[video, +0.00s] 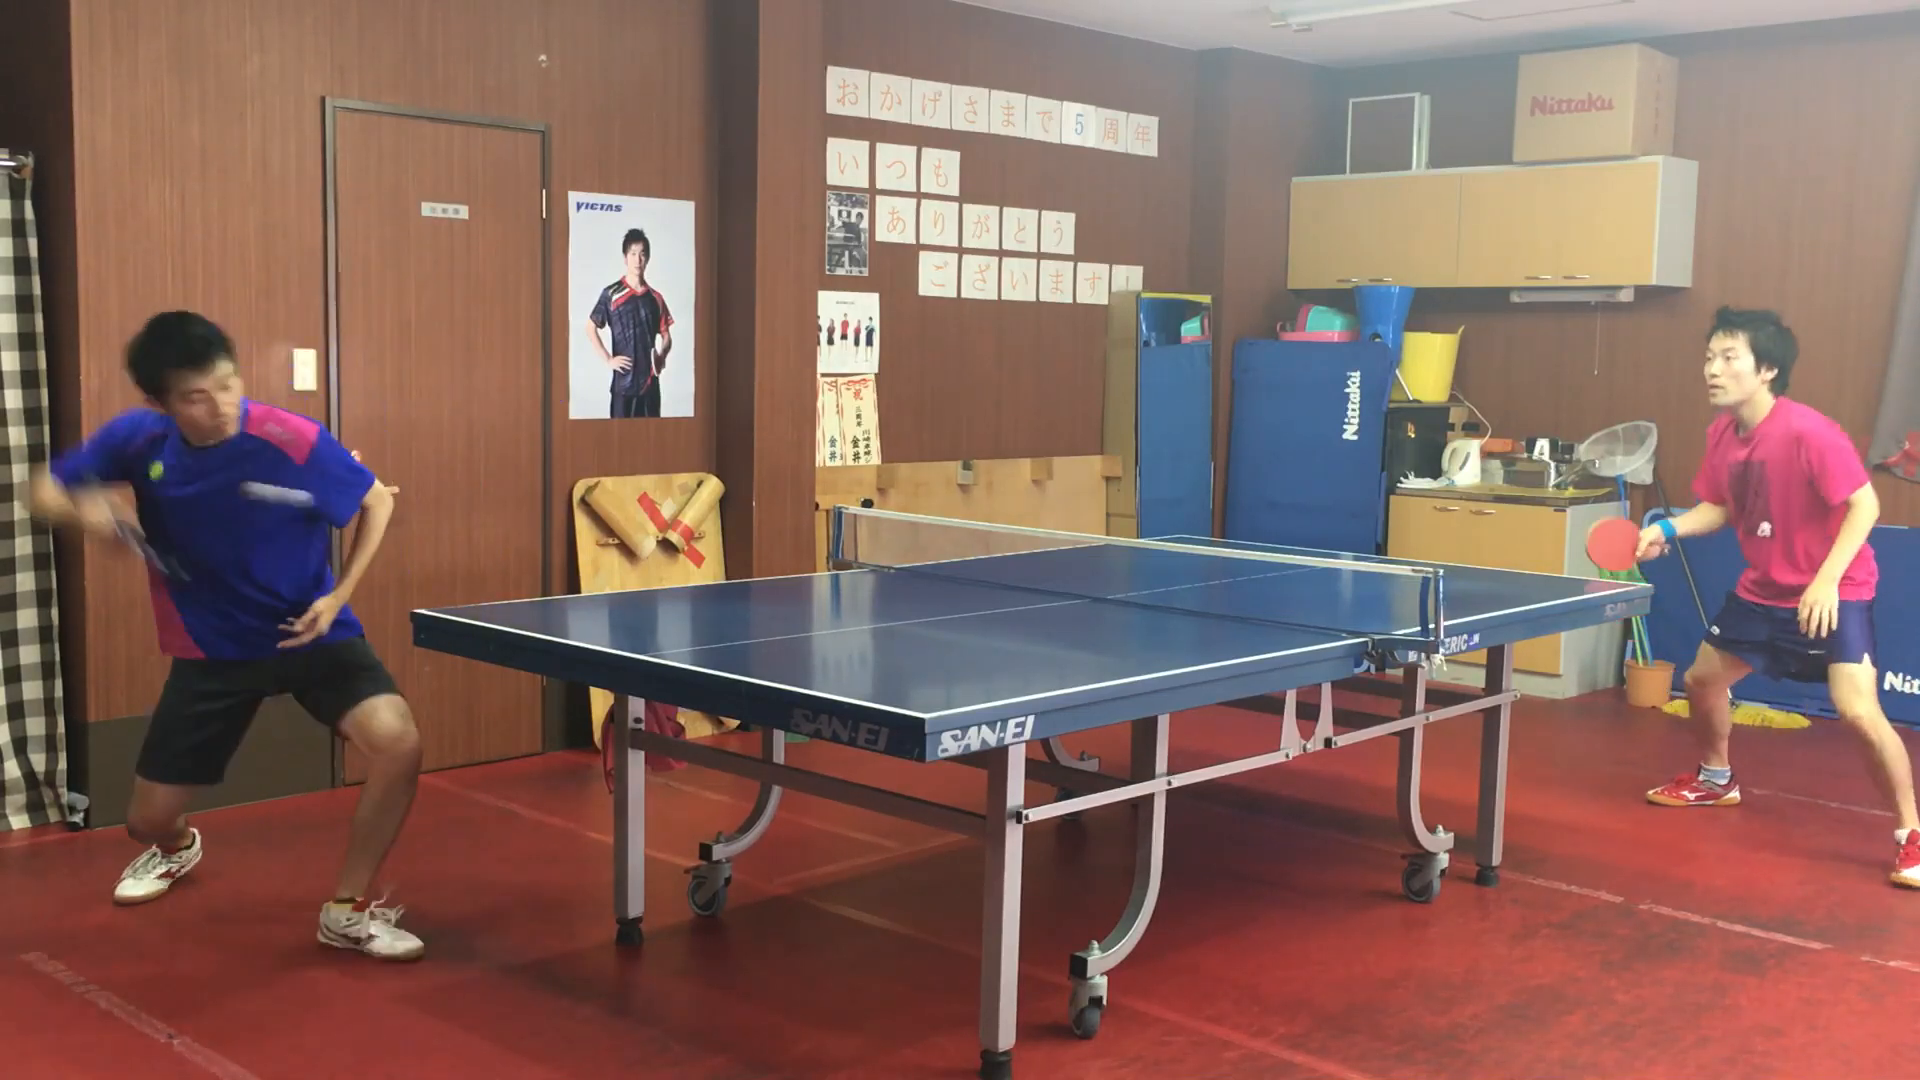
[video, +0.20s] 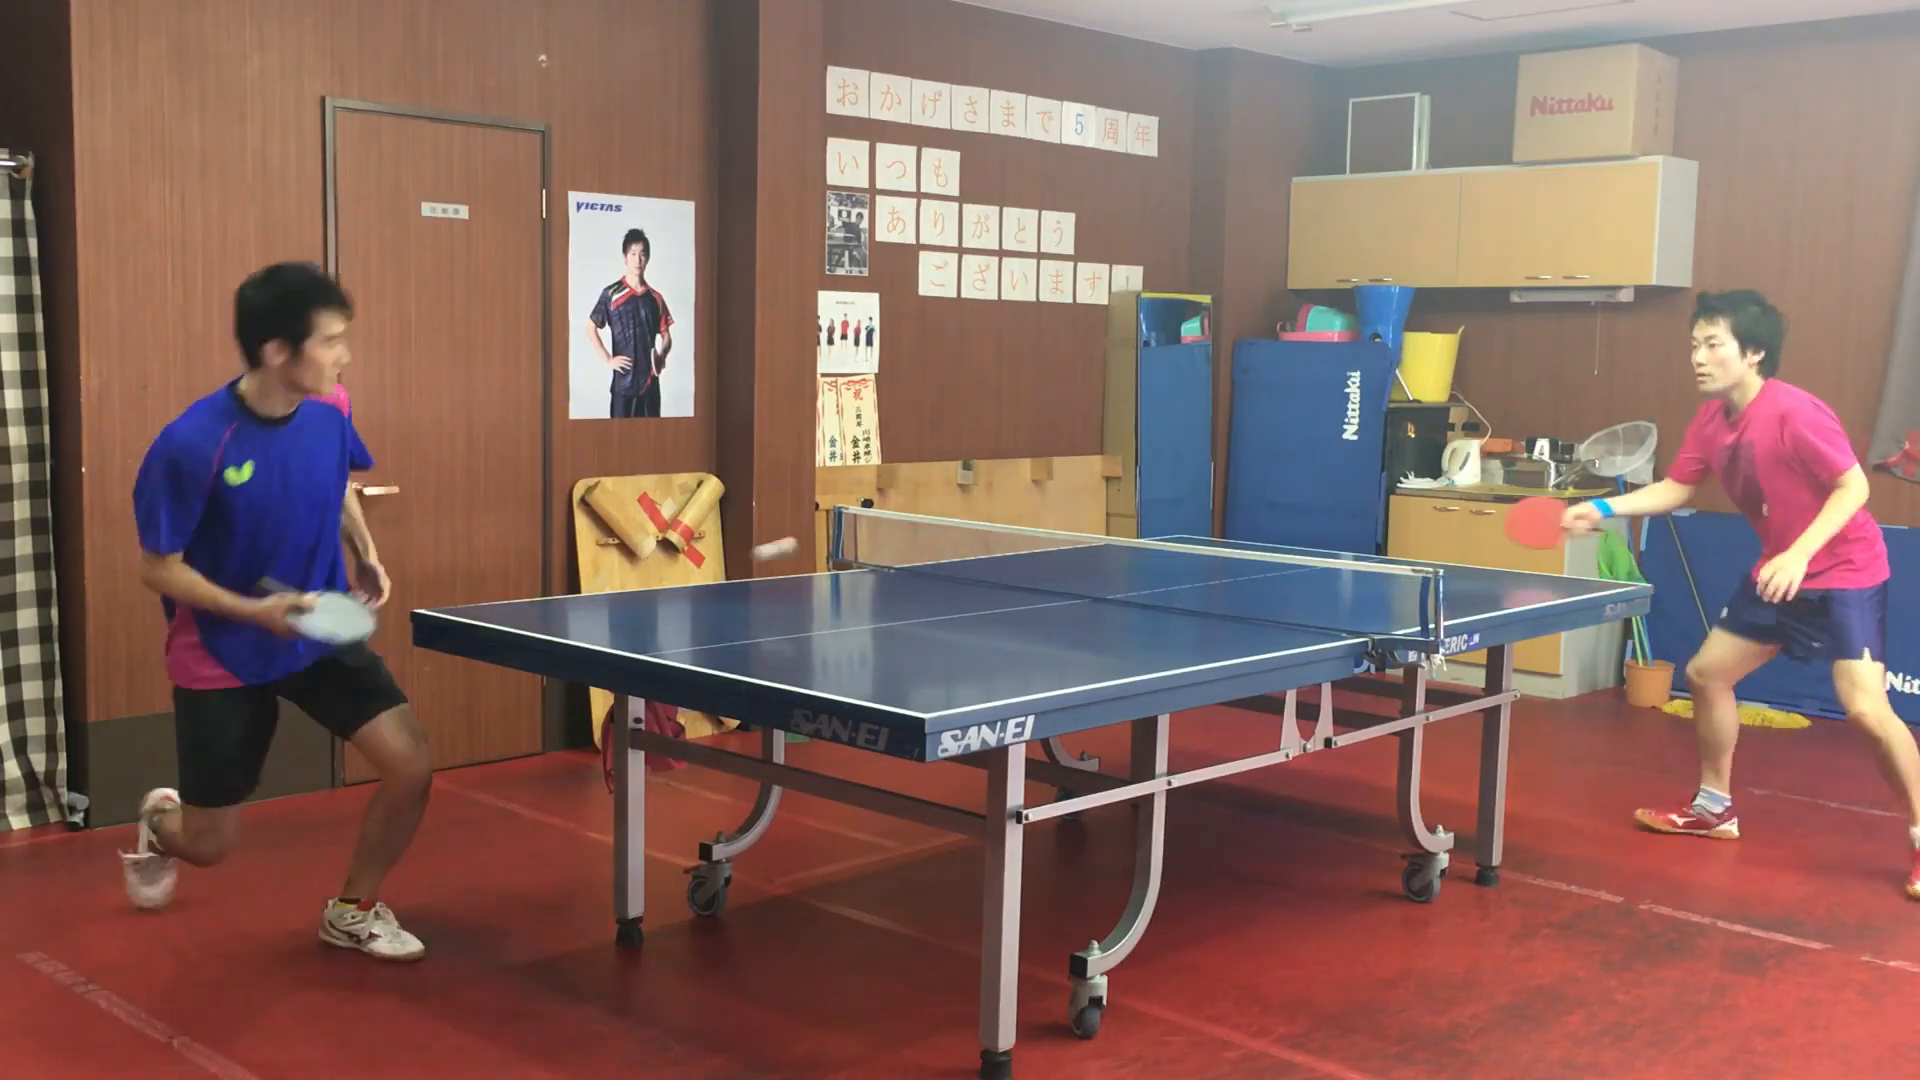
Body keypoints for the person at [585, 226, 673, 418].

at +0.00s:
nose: (639, 259)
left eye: (643, 254)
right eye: (633, 254)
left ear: (648, 258)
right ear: (625, 257)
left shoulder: (655, 297)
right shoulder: (611, 294)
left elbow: (666, 336)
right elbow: (591, 327)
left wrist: (662, 355)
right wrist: (608, 359)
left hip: (649, 378)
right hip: (624, 379)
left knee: (650, 436)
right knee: (622, 436)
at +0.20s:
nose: (639, 259)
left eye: (643, 254)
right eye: (633, 254)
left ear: (648, 258)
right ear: (625, 257)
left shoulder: (655, 297)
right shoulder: (611, 294)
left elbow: (666, 336)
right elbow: (591, 327)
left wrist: (662, 355)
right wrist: (608, 359)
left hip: (649, 378)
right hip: (624, 379)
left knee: (650, 436)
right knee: (622, 436)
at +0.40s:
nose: (639, 259)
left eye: (643, 254)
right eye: (633, 254)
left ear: (648, 258)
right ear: (625, 257)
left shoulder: (655, 297)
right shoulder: (611, 294)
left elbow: (666, 336)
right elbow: (590, 327)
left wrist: (661, 355)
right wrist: (608, 359)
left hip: (649, 378)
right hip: (624, 379)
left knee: (650, 435)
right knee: (622, 436)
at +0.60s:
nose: (638, 260)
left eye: (643, 254)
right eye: (633, 254)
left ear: (648, 258)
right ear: (625, 257)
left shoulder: (655, 297)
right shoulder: (611, 294)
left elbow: (666, 336)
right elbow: (590, 327)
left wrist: (661, 355)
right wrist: (608, 359)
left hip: (650, 380)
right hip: (624, 380)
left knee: (650, 437)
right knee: (622, 437)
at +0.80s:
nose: (638, 260)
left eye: (643, 254)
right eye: (633, 254)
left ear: (648, 258)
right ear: (625, 257)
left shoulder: (655, 297)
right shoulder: (611, 294)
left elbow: (666, 336)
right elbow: (590, 328)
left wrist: (661, 355)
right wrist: (608, 359)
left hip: (650, 380)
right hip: (624, 380)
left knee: (650, 437)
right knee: (622, 437)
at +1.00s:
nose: (639, 259)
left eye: (643, 254)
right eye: (633, 254)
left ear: (648, 258)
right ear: (625, 257)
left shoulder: (655, 297)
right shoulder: (611, 294)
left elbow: (665, 336)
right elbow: (590, 328)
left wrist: (661, 355)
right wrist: (608, 359)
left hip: (649, 379)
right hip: (624, 380)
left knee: (650, 436)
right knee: (622, 436)